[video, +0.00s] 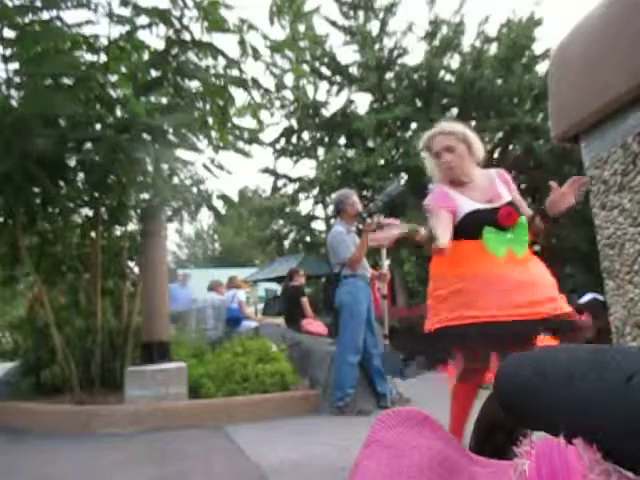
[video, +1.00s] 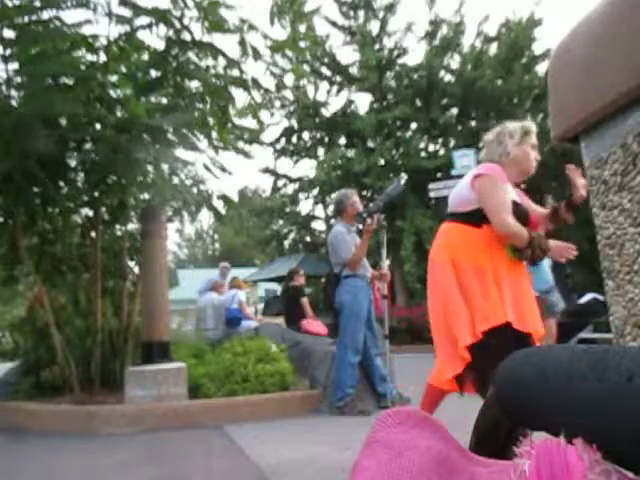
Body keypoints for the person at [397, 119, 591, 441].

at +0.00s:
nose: (445, 159)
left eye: (451, 150)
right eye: (437, 155)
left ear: (470, 149)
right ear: (434, 164)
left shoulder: (499, 178)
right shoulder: (440, 196)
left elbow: (529, 227)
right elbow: (441, 237)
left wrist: (548, 212)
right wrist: (436, 240)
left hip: (516, 280)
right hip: (467, 284)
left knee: (521, 362)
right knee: (474, 365)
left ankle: (520, 437)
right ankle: (454, 441)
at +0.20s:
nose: (461, 153)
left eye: (465, 144)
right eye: (450, 150)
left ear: (479, 147)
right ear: (441, 160)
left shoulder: (493, 184)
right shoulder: (449, 191)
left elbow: (505, 224)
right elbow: (480, 241)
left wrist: (533, 218)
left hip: (501, 290)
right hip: (468, 296)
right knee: (472, 371)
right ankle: (455, 442)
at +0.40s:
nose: (491, 141)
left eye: (494, 133)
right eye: (481, 134)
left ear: (500, 137)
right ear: (460, 143)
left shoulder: (461, 174)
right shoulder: (471, 176)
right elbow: (508, 225)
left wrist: (518, 187)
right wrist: (546, 218)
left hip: (470, 282)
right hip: (482, 283)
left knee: (477, 364)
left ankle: (455, 441)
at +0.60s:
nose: (513, 140)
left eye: (512, 132)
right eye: (508, 132)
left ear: (485, 136)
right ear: (488, 134)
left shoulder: (473, 168)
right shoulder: (482, 172)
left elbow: (521, 178)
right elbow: (517, 225)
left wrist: (538, 170)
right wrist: (537, 223)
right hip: (483, 286)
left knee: (475, 364)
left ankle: (454, 441)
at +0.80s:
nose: (522, 145)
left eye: (521, 138)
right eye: (517, 137)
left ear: (494, 139)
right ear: (501, 138)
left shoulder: (490, 171)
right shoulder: (483, 172)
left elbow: (518, 190)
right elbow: (509, 223)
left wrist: (531, 193)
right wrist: (532, 231)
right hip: (473, 278)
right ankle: (454, 438)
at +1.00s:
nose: (537, 156)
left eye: (537, 149)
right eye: (532, 148)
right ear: (511, 148)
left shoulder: (511, 191)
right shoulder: (488, 174)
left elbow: (542, 219)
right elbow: (503, 224)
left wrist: (572, 202)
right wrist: (542, 246)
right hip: (461, 268)